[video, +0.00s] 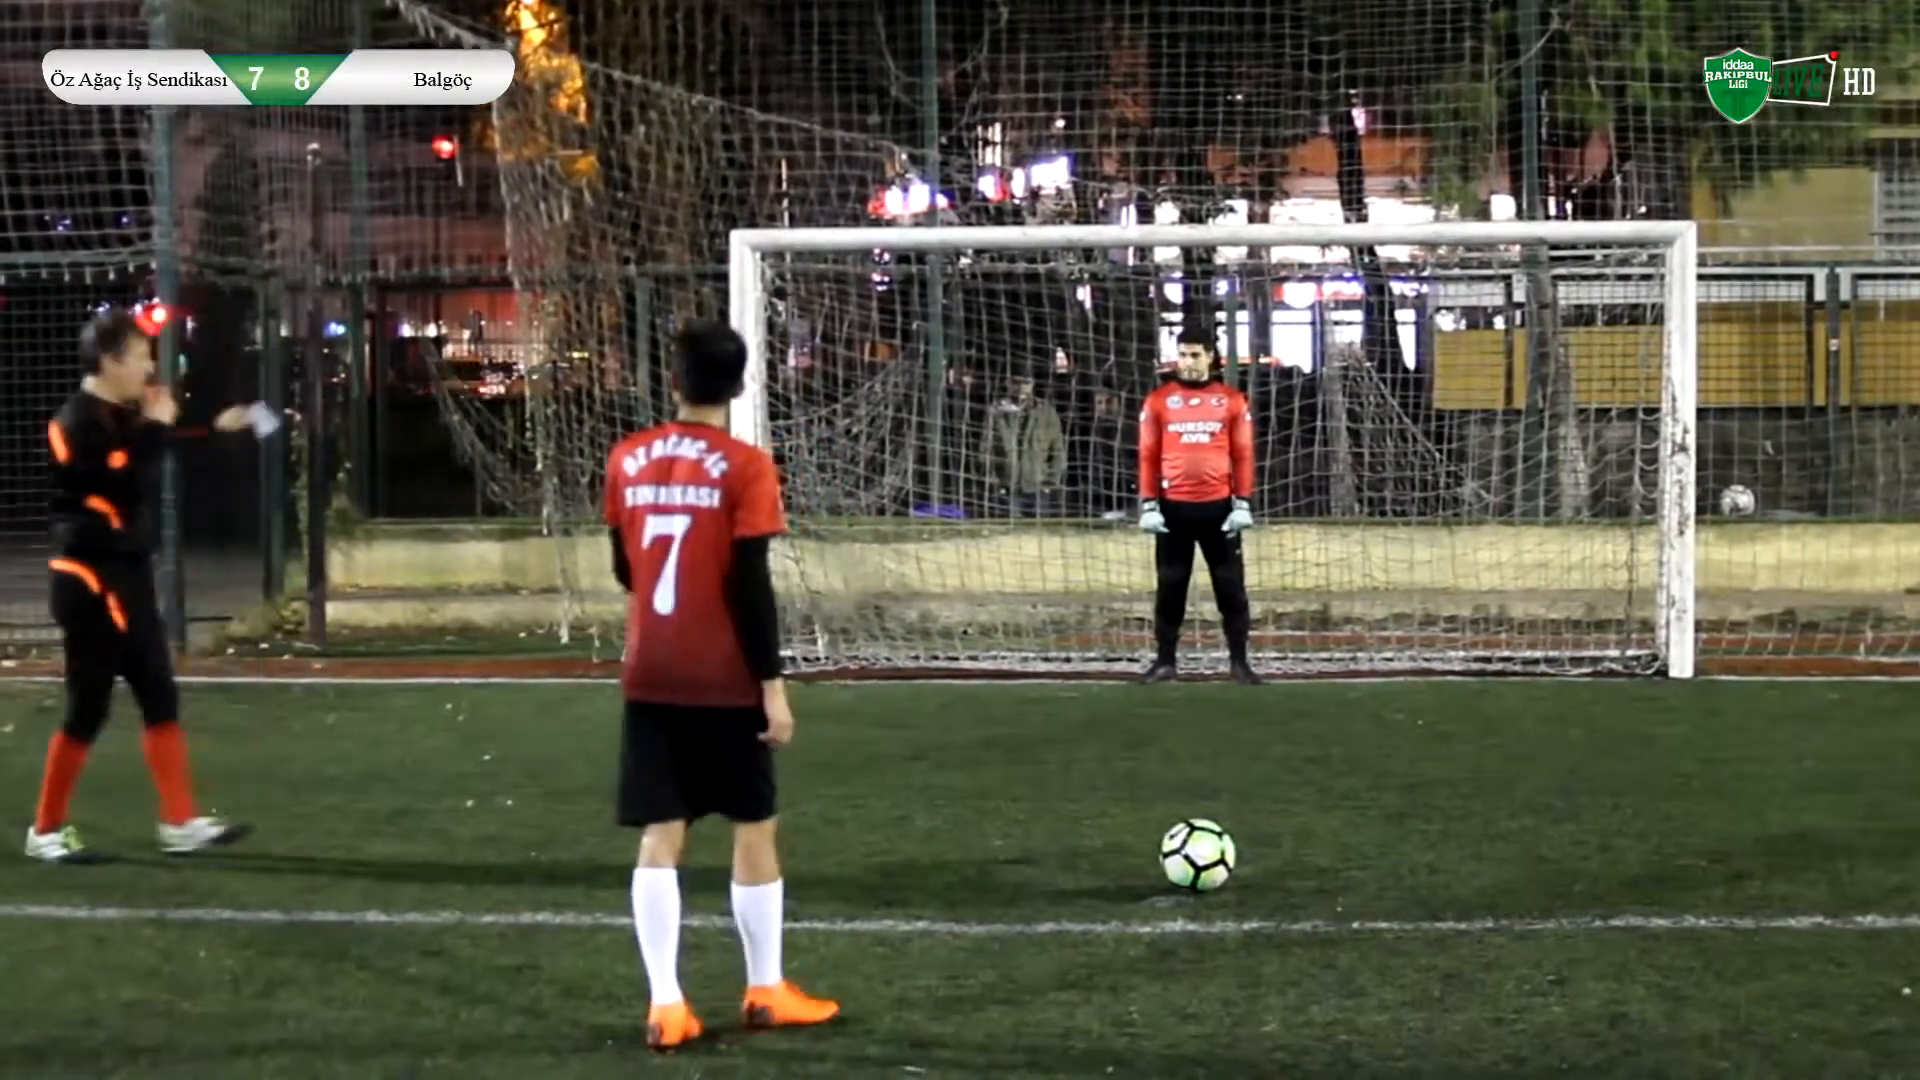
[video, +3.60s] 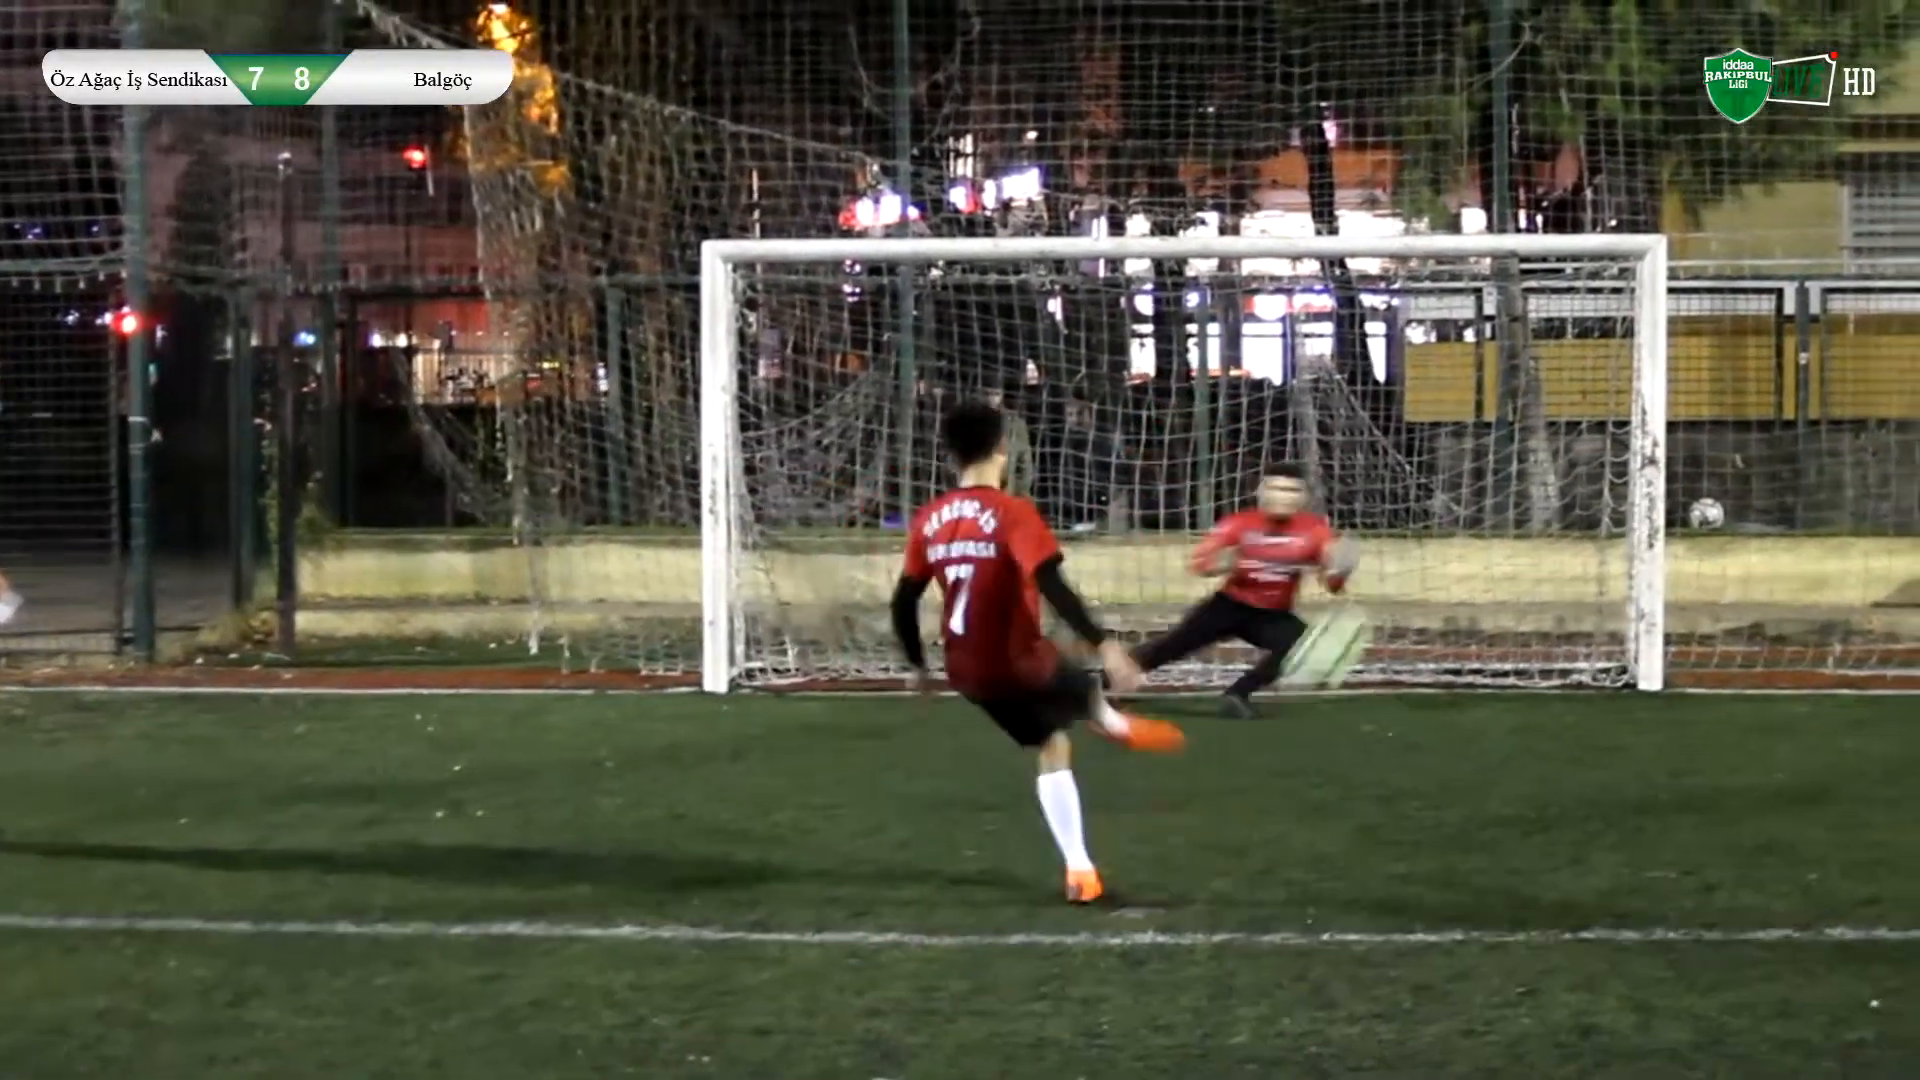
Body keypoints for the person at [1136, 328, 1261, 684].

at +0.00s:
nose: (1188, 362)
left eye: (1196, 355)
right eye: (1184, 355)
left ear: (1212, 359)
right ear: (1176, 357)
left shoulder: (1232, 401)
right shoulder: (1158, 400)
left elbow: (1243, 453)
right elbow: (1148, 454)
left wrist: (1242, 500)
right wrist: (1149, 502)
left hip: (1219, 505)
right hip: (1173, 506)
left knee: (1231, 588)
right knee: (1170, 587)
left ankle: (1239, 661)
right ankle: (1165, 660)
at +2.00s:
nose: (1194, 366)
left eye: (1201, 358)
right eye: (1187, 358)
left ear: (1213, 360)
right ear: (1178, 361)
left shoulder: (1233, 403)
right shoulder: (1157, 403)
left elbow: (1243, 457)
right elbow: (1148, 459)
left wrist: (1242, 507)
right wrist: (1151, 509)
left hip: (1221, 510)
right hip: (1174, 512)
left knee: (1236, 591)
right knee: (1168, 591)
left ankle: (1237, 660)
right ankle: (1162, 660)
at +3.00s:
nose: (1215, 384)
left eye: (1222, 378)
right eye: (1209, 377)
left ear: (1232, 382)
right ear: (1197, 379)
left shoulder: (1252, 420)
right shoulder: (1178, 418)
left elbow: (1275, 467)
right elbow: (1153, 463)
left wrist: (1305, 508)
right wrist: (1119, 504)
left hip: (1237, 529)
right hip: (1190, 527)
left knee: (1251, 598)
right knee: (1159, 589)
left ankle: (1254, 664)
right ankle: (1151, 658)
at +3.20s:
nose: (1205, 433)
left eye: (1212, 425)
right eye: (1198, 425)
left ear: (1225, 427)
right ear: (1189, 428)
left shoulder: (1250, 458)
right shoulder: (1179, 461)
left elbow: (1279, 500)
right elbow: (1148, 496)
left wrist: (1309, 540)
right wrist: (1112, 524)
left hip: (1246, 546)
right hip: (1199, 546)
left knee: (1270, 593)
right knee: (1160, 602)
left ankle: (1235, 657)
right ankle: (1114, 674)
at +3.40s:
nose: (1217, 488)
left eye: (1224, 479)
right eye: (1210, 480)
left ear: (1237, 482)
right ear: (1199, 484)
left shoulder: (1255, 512)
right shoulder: (1188, 512)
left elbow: (1283, 539)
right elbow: (1157, 543)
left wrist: (1300, 564)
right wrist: (1123, 566)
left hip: (1247, 585)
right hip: (1201, 581)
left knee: (1278, 608)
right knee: (1154, 620)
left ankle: (1248, 680)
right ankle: (1104, 681)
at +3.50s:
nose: (1235, 495)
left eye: (1245, 488)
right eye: (1229, 486)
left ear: (1259, 495)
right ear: (1219, 489)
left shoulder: (1270, 524)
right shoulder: (1203, 520)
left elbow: (1296, 555)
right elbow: (1179, 548)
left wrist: (1313, 576)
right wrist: (1149, 564)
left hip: (1254, 601)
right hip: (1209, 595)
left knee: (1283, 631)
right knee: (1155, 627)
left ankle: (1240, 692)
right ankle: (1098, 687)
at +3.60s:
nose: (1282, 498)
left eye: (1291, 491)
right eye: (1275, 490)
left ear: (1303, 497)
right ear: (1262, 493)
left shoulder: (1314, 530)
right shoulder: (1242, 525)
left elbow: (1333, 585)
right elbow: (1199, 562)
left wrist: (1340, 568)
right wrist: (1222, 564)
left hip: (1272, 616)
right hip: (1229, 608)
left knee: (1300, 639)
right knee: (1180, 642)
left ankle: (1238, 694)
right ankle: (1112, 674)